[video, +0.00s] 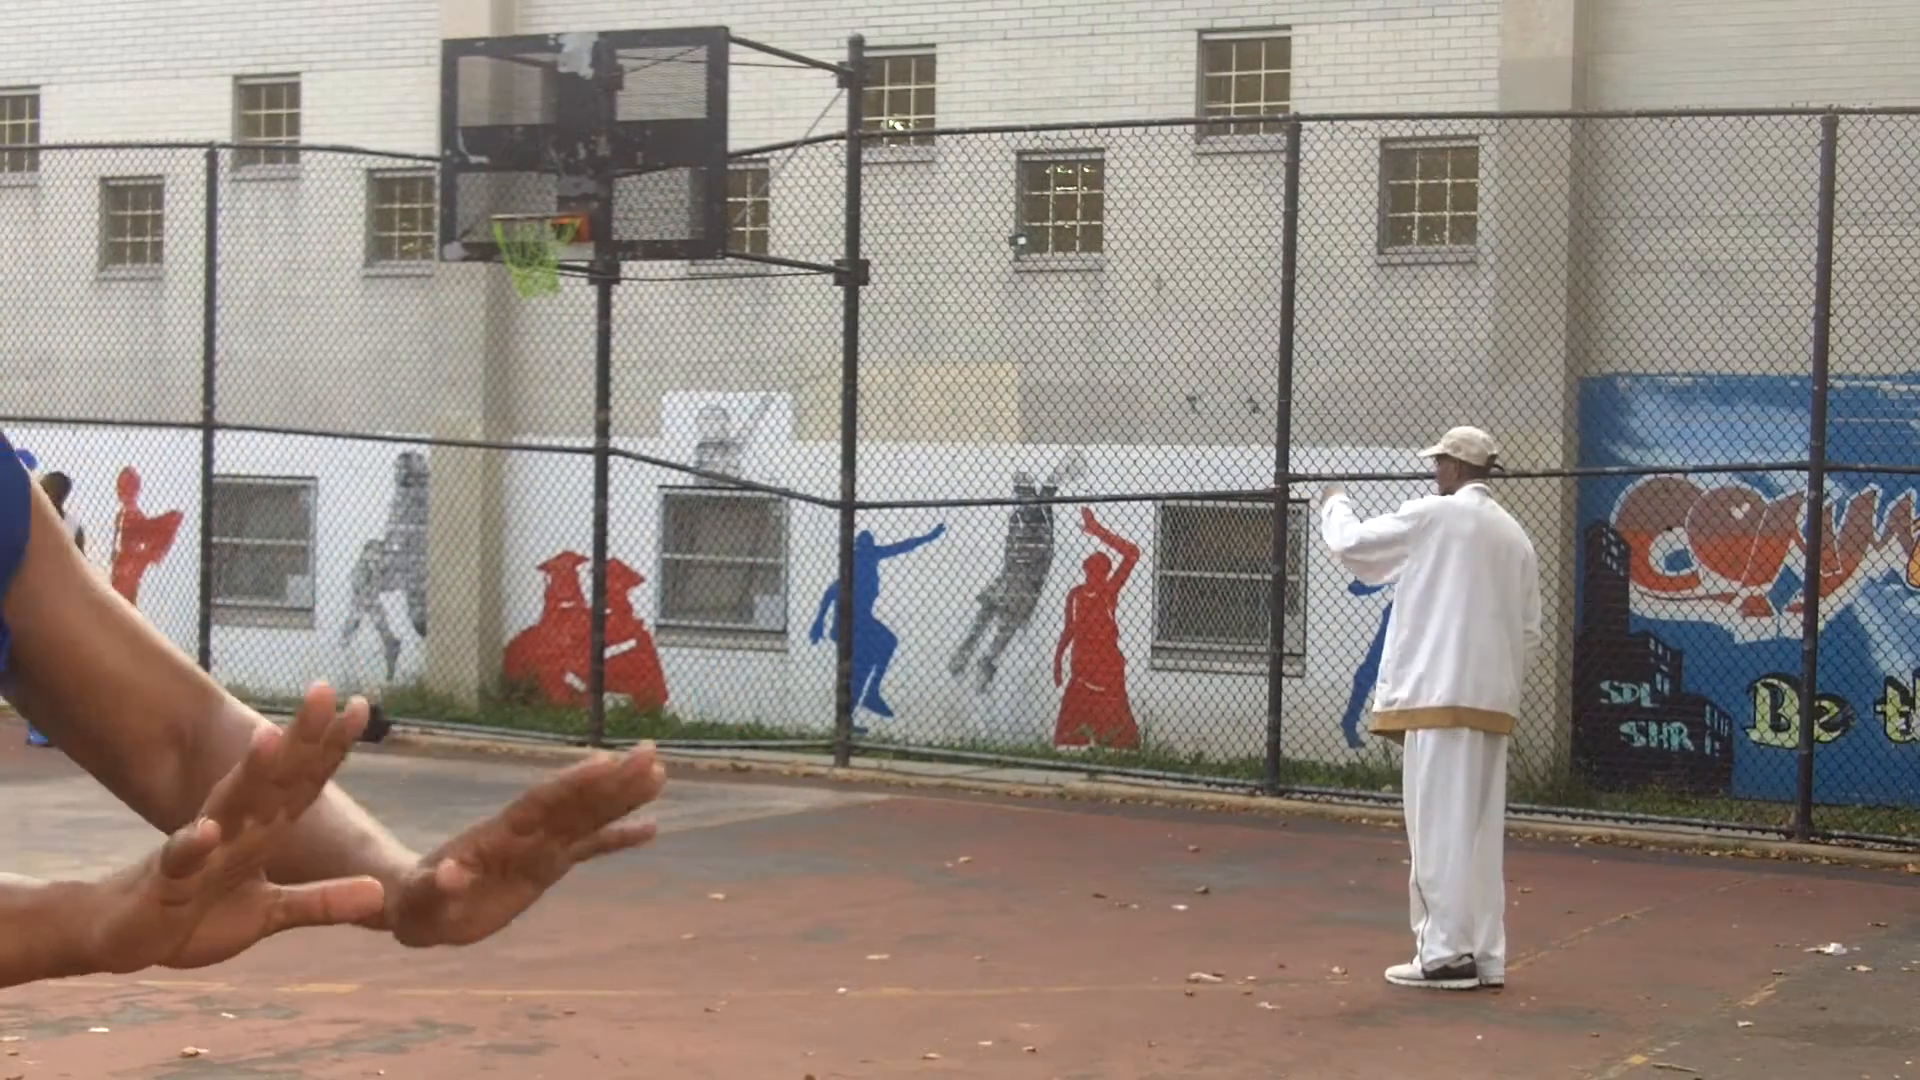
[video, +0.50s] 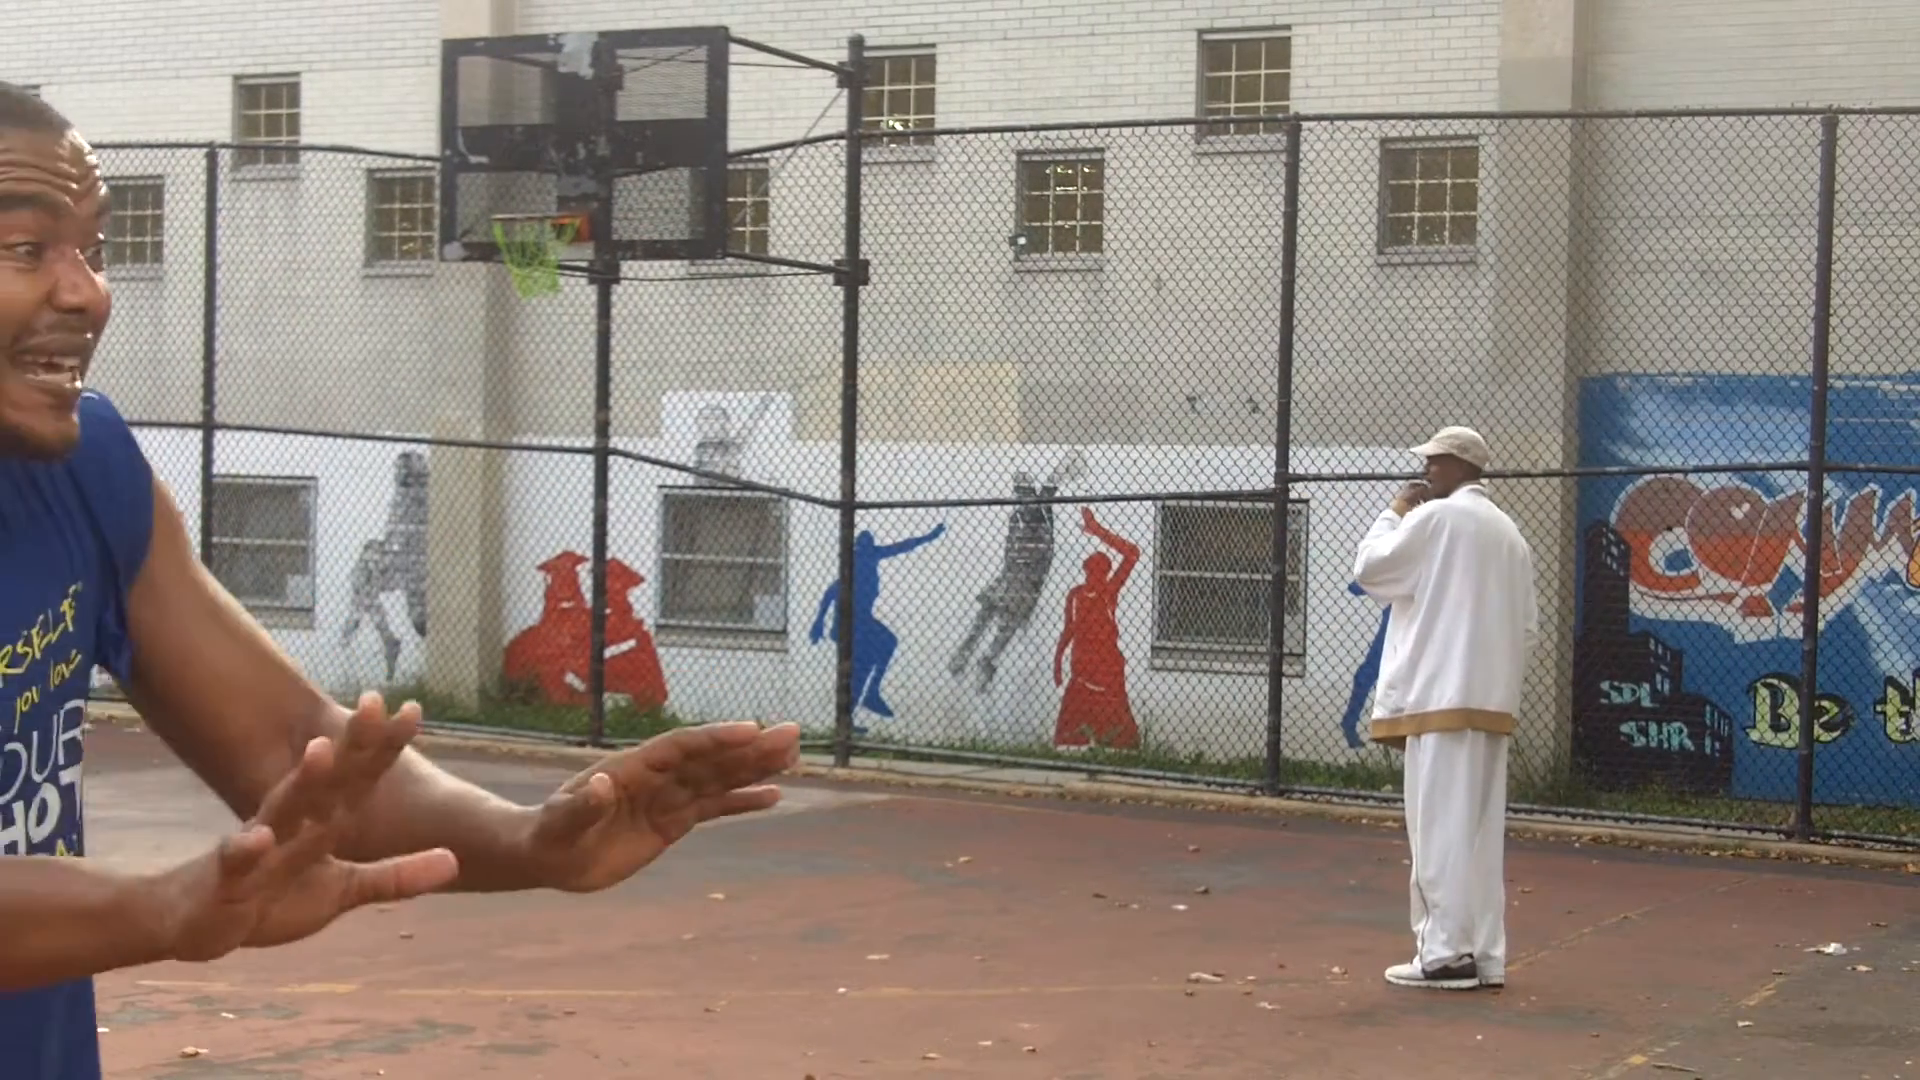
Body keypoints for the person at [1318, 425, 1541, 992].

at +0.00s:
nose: (1434, 476)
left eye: (1439, 467)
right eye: (1436, 467)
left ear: (1456, 468)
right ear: (1485, 472)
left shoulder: (1435, 515)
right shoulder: (1518, 537)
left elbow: (1350, 544)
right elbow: (1530, 628)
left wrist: (1334, 500)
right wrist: (1494, 679)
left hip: (1437, 689)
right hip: (1495, 696)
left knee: (1437, 822)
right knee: (1484, 824)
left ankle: (1445, 952)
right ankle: (1487, 957)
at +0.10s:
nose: (1431, 476)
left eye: (1436, 467)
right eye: (1433, 467)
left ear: (1454, 469)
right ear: (1482, 473)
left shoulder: (1435, 516)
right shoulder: (1517, 536)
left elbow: (1357, 554)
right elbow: (1529, 626)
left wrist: (1367, 505)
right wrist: (1498, 679)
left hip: (1439, 687)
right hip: (1496, 692)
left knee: (1438, 822)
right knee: (1484, 823)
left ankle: (1445, 952)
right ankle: (1486, 957)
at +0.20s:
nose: (1430, 475)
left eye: (1435, 466)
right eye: (1432, 466)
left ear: (1453, 470)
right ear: (1481, 474)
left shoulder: (1436, 518)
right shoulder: (1517, 536)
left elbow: (1362, 561)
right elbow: (1530, 626)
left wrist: (1393, 507)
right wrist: (1501, 684)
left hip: (1440, 688)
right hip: (1496, 693)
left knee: (1439, 822)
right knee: (1484, 824)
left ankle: (1445, 952)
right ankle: (1485, 956)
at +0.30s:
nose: (1428, 474)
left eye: (1435, 465)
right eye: (1430, 464)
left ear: (1459, 470)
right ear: (1478, 474)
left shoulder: (1437, 518)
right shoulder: (1516, 535)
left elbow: (1364, 563)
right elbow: (1530, 625)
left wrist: (1398, 506)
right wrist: (1503, 684)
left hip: (1440, 689)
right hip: (1496, 694)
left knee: (1439, 822)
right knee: (1484, 824)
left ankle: (1446, 952)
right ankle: (1485, 957)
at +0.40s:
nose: (1427, 473)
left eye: (1434, 464)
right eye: (1429, 463)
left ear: (1457, 469)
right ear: (1479, 474)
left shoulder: (1437, 519)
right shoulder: (1514, 536)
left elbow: (1367, 566)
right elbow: (1530, 625)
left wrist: (1397, 511)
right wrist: (1501, 681)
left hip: (1441, 689)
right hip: (1496, 693)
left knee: (1439, 823)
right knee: (1484, 824)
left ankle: (1445, 953)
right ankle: (1485, 956)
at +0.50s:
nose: (1426, 472)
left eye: (1434, 463)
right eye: (1428, 463)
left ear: (1460, 469)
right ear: (1478, 473)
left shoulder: (1439, 519)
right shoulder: (1513, 535)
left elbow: (1370, 568)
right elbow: (1529, 626)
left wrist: (1396, 512)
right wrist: (1498, 680)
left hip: (1443, 690)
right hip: (1495, 695)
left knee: (1439, 823)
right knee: (1483, 824)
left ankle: (1445, 953)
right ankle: (1485, 956)